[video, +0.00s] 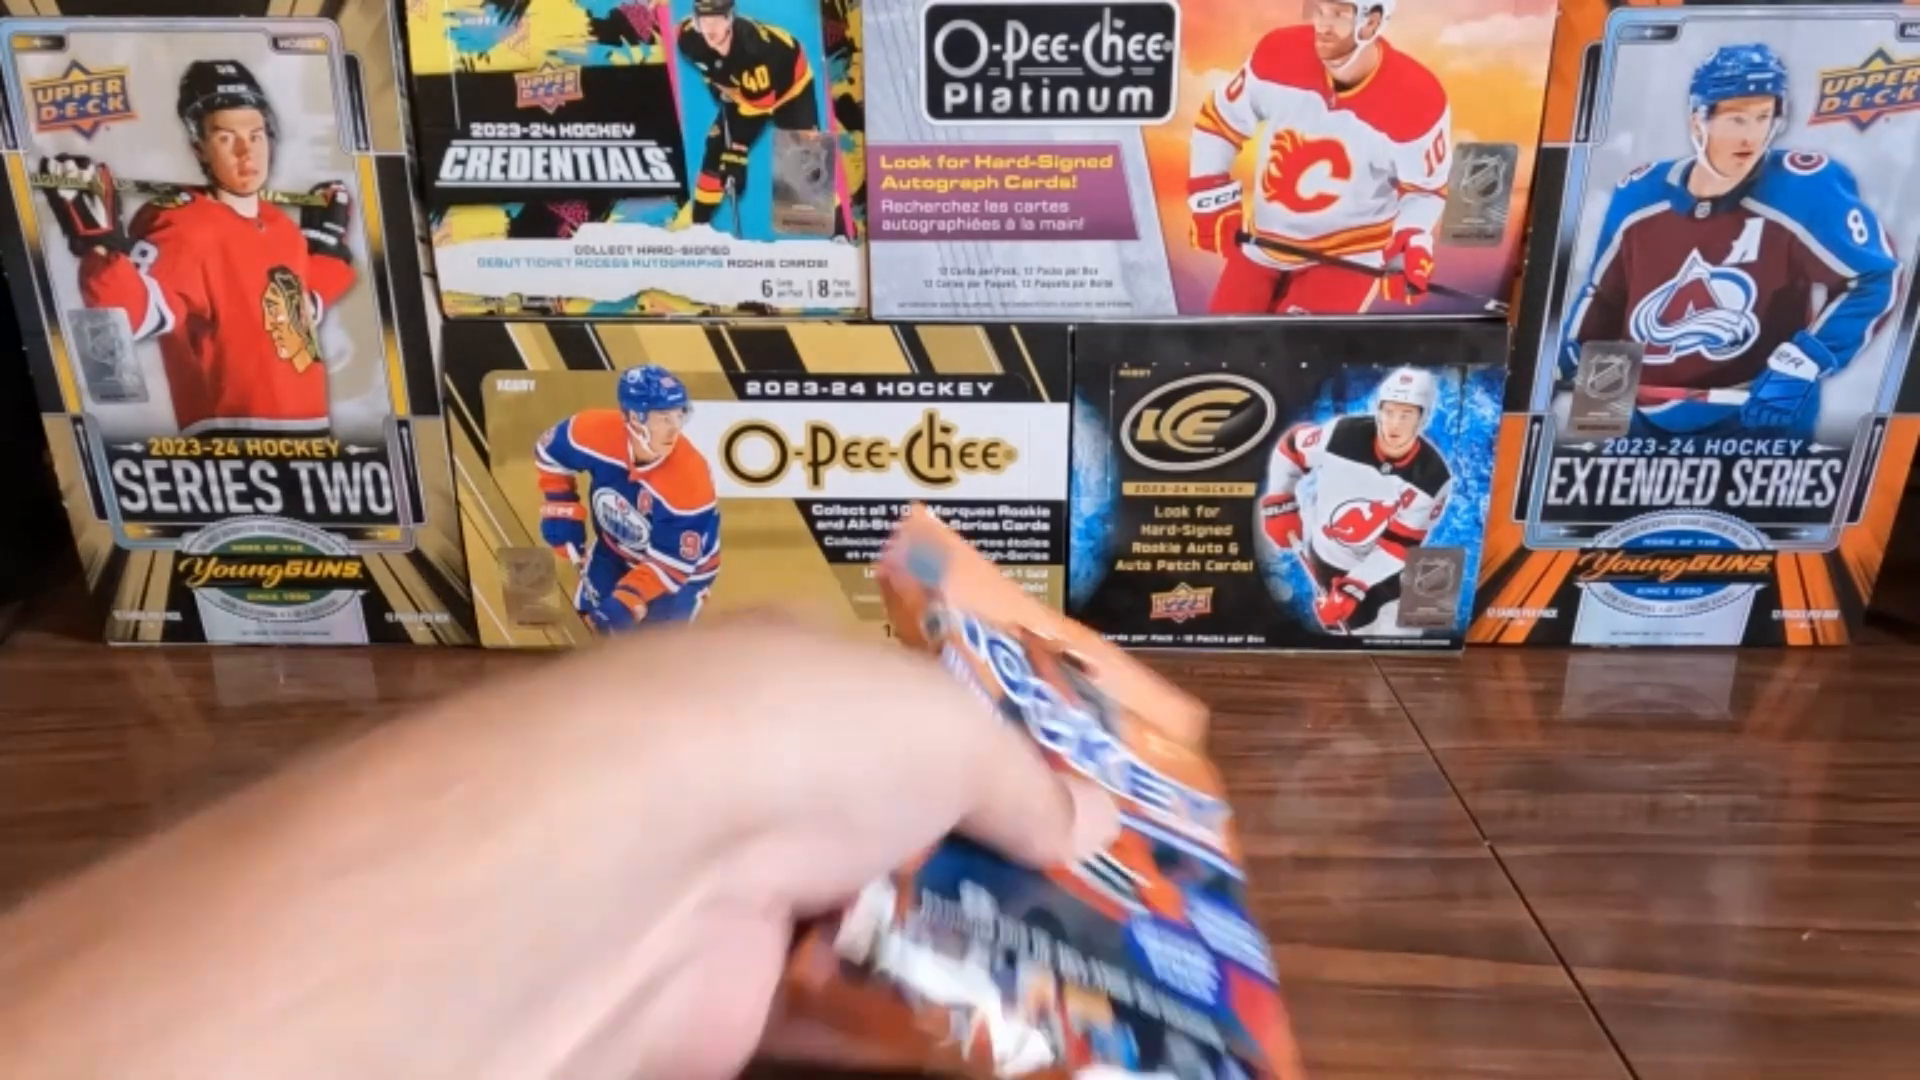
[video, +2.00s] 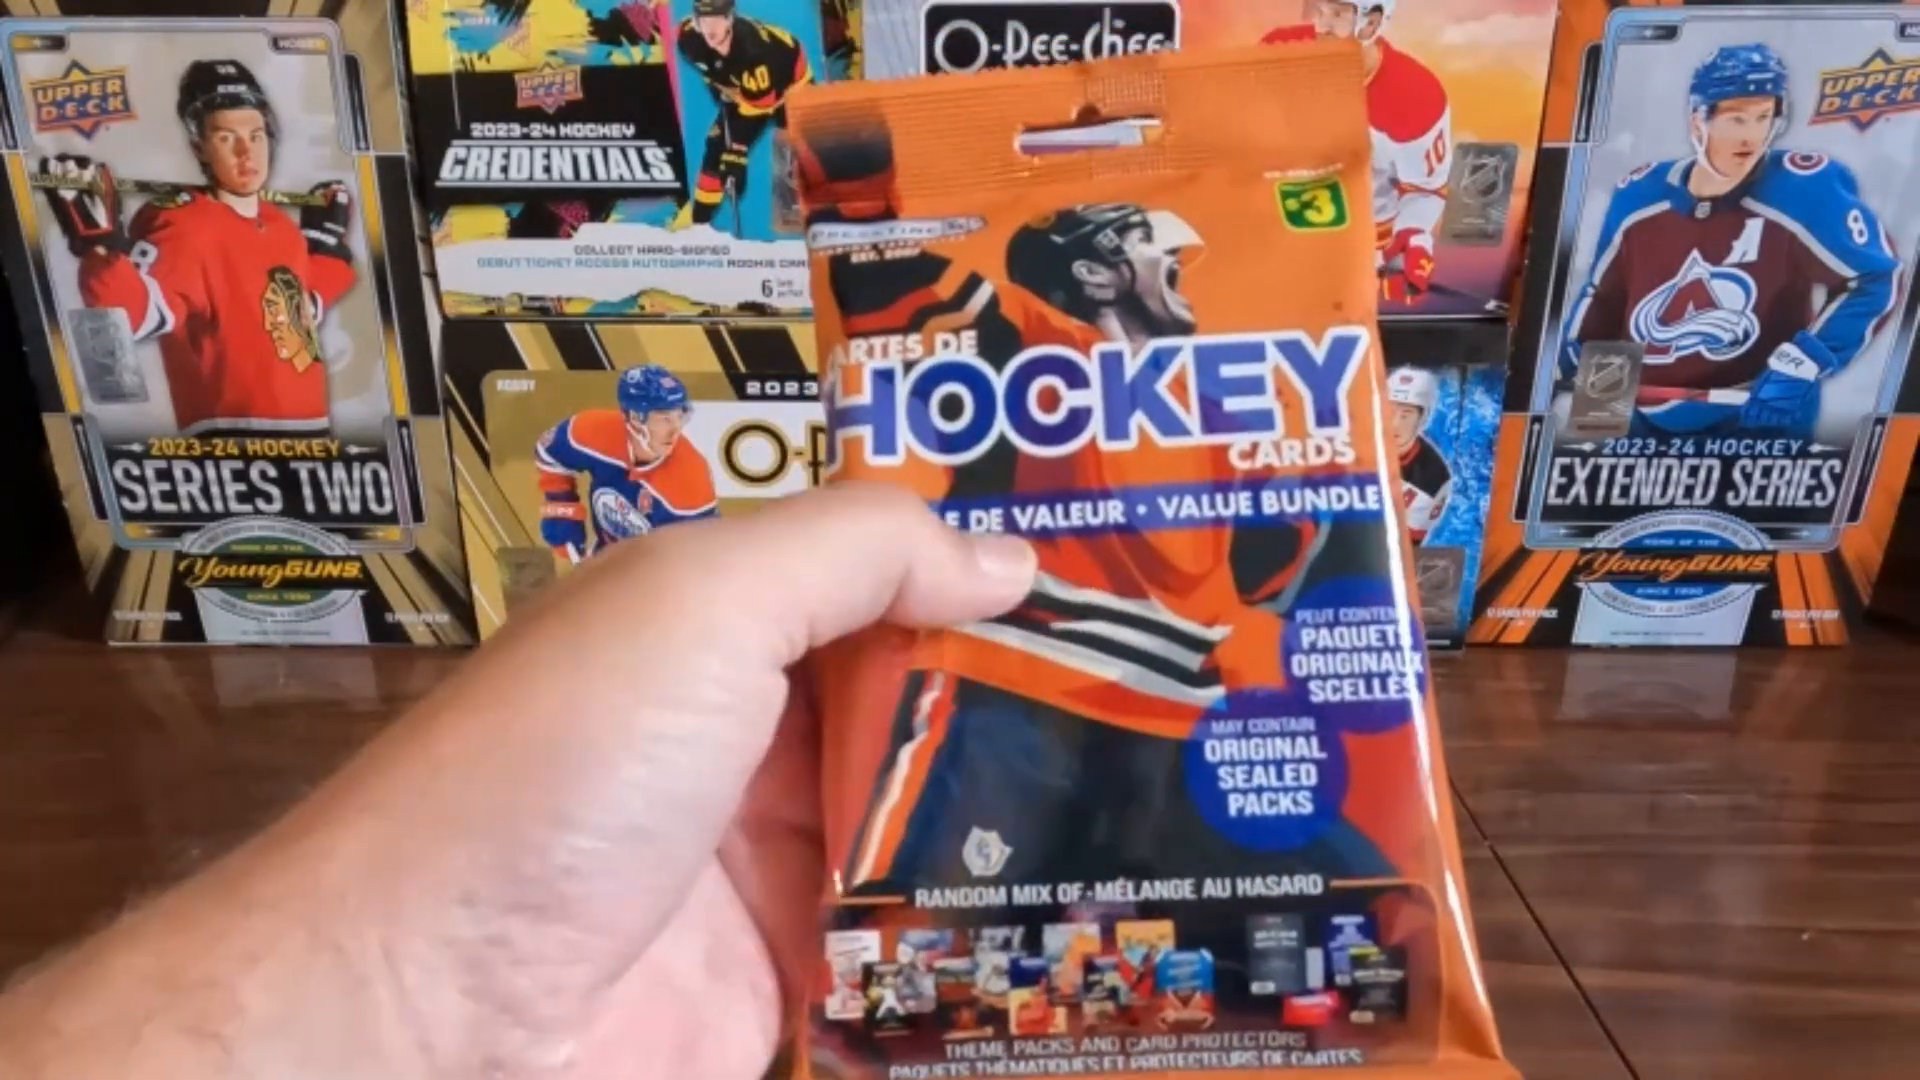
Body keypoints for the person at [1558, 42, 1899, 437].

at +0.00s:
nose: (1749, 135)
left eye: (1761, 118)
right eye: (1734, 119)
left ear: (1775, 123)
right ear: (1698, 124)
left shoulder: (1803, 193)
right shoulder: (1638, 197)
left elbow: (1878, 279)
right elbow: (1600, 296)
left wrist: (1801, 364)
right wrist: (1574, 366)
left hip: (1745, 425)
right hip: (1638, 421)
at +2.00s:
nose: (1750, 135)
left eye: (1762, 118)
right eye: (1735, 119)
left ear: (1775, 123)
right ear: (1698, 124)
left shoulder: (1805, 192)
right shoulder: (1638, 197)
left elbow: (1879, 279)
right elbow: (1599, 296)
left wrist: (1801, 365)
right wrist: (1572, 366)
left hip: (1744, 427)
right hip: (1637, 421)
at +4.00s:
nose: (1750, 135)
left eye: (1762, 118)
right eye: (1734, 119)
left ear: (1775, 123)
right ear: (1698, 124)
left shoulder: (1805, 192)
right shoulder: (1637, 197)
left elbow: (1878, 279)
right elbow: (1600, 296)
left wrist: (1802, 364)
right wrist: (1574, 366)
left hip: (1744, 427)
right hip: (1637, 422)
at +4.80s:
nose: (1750, 137)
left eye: (1762, 119)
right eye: (1735, 119)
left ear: (1775, 123)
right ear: (1698, 124)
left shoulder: (1806, 194)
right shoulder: (1639, 198)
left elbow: (1878, 281)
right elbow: (1597, 301)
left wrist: (1796, 370)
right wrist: (1563, 380)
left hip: (1749, 415)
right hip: (1642, 412)